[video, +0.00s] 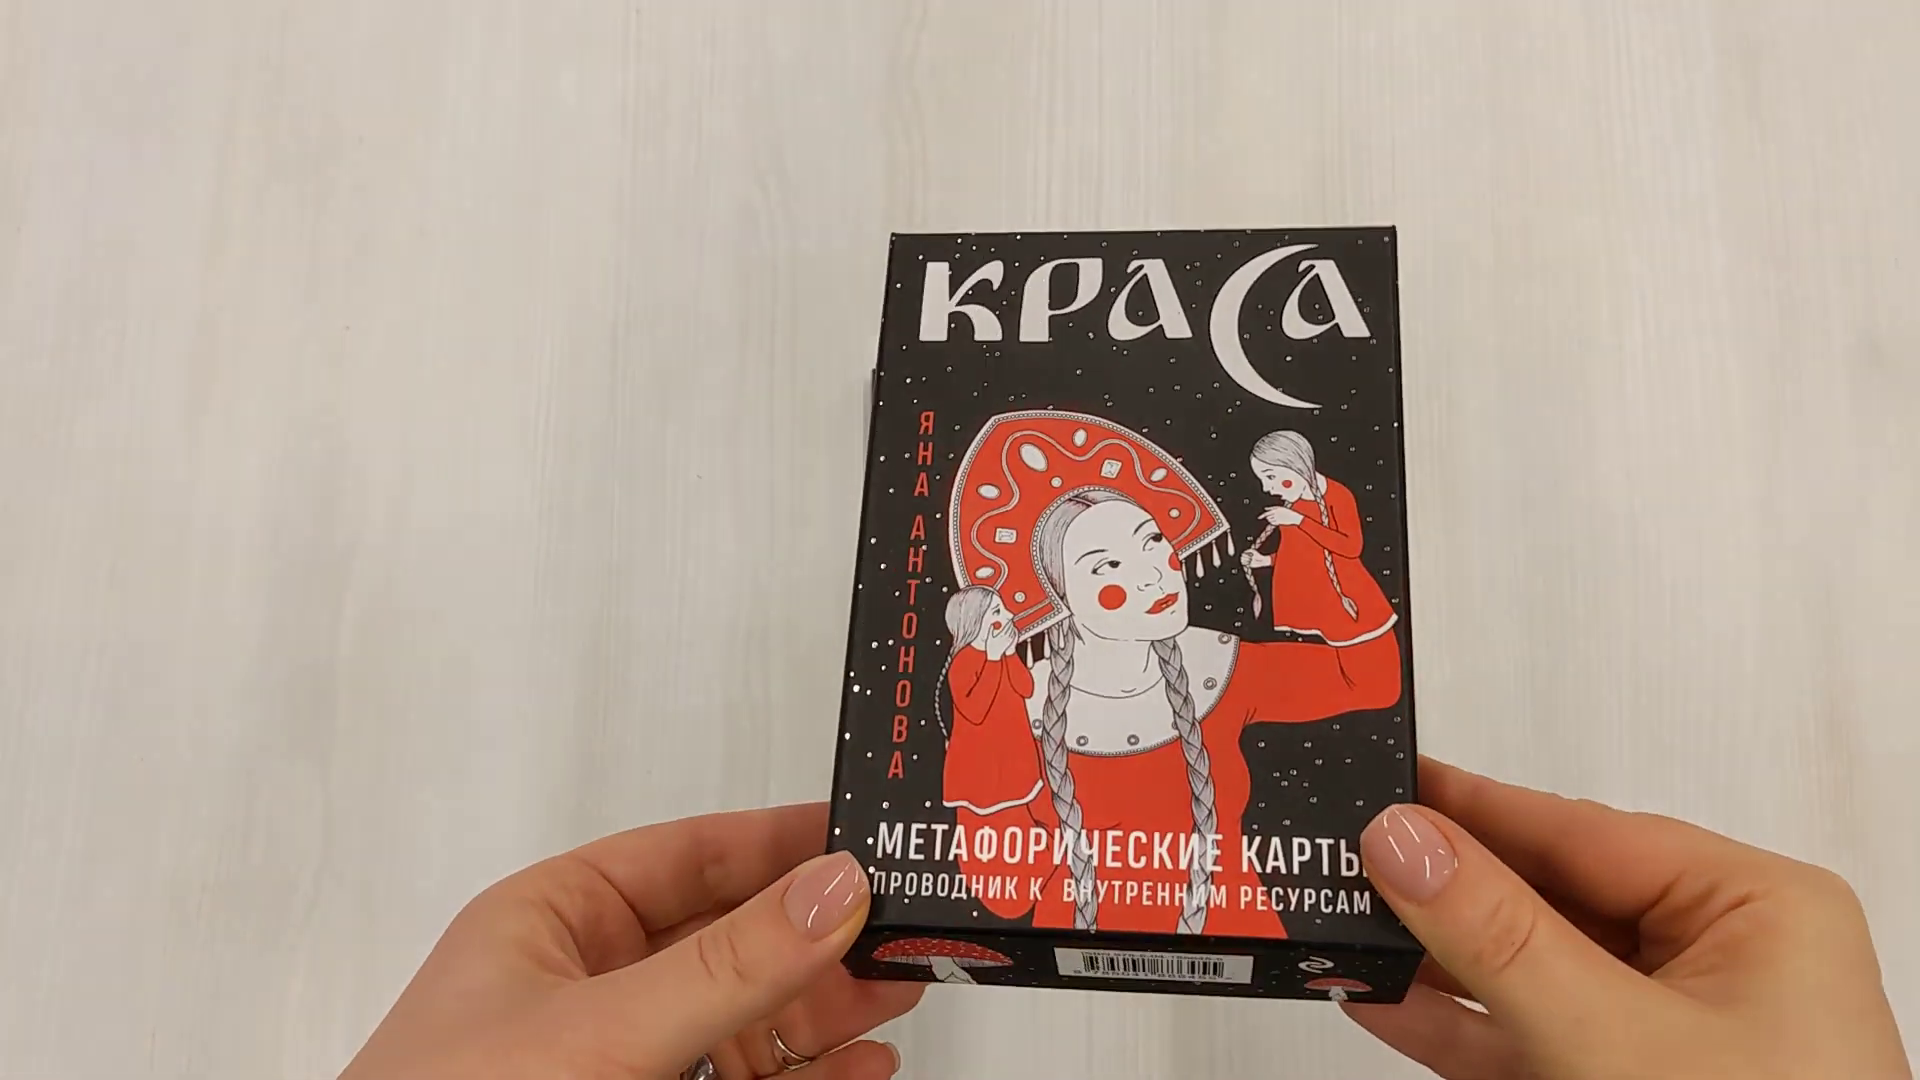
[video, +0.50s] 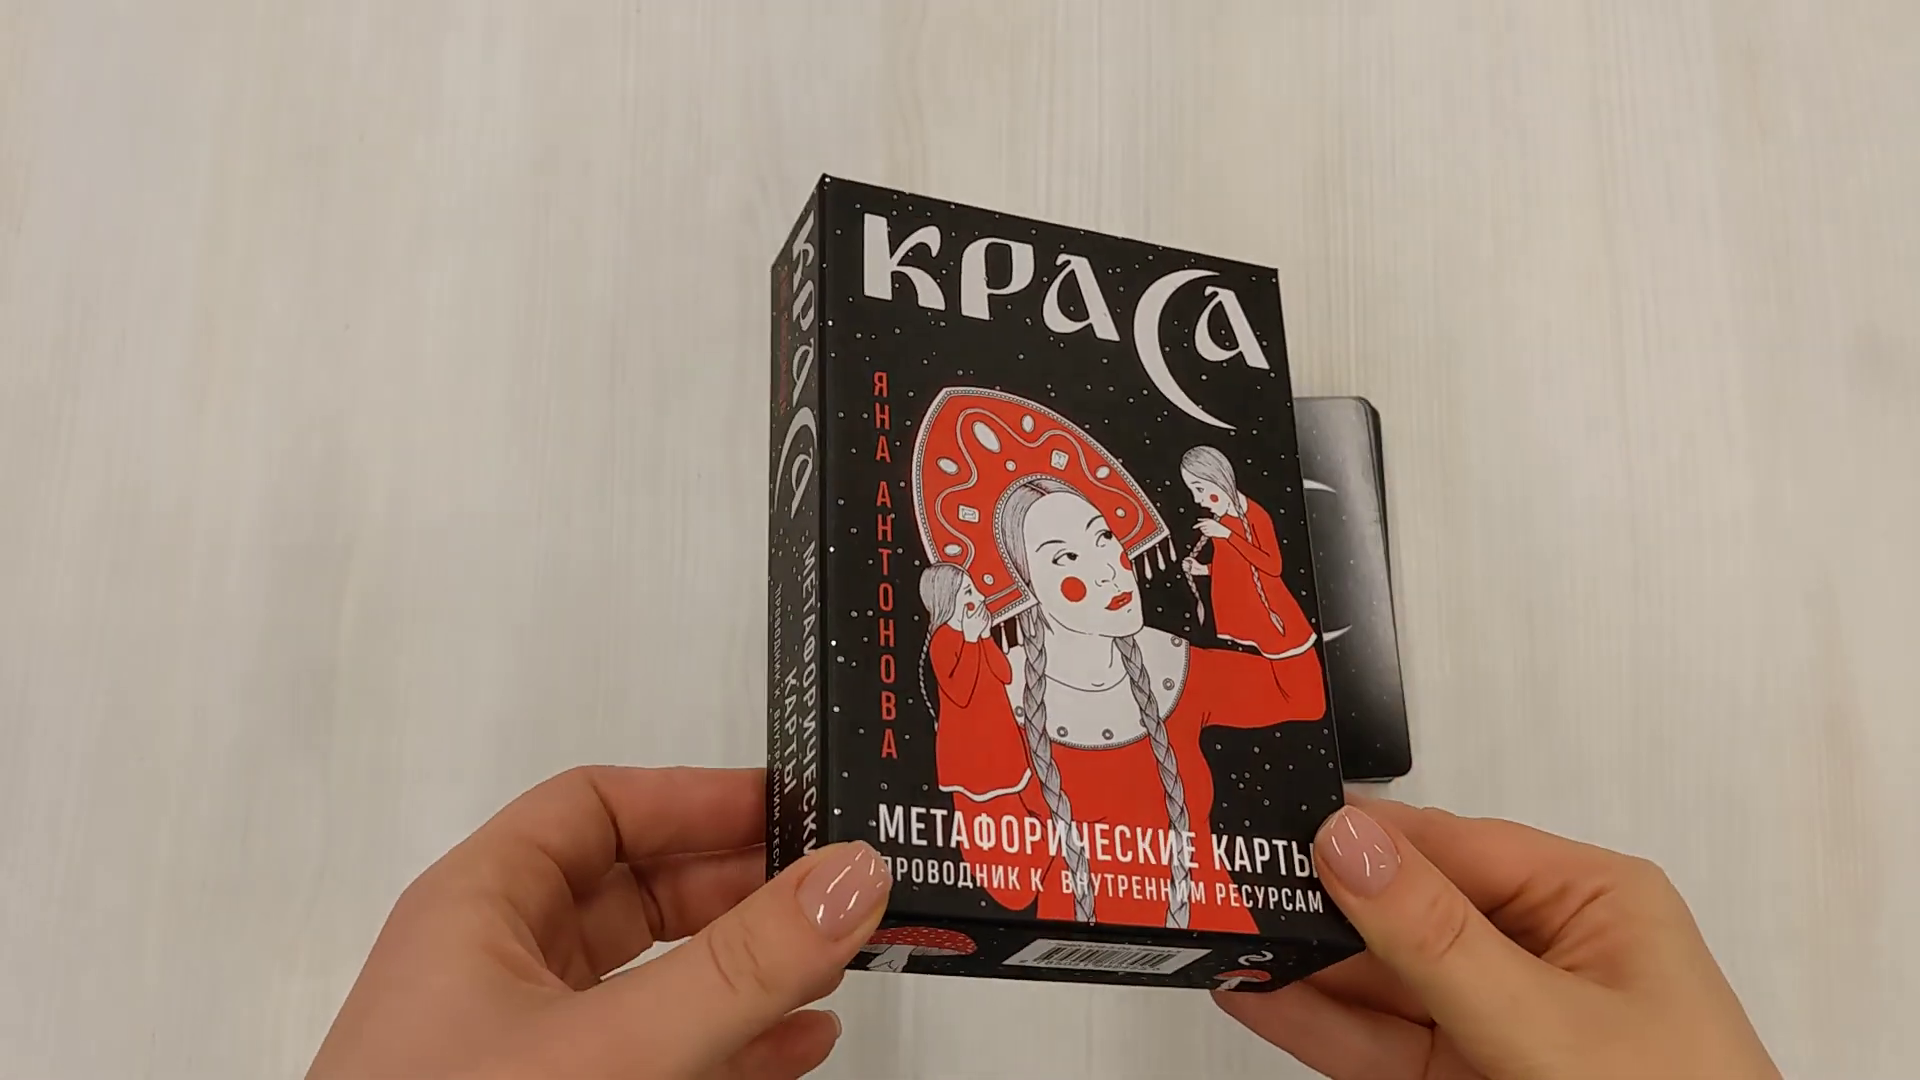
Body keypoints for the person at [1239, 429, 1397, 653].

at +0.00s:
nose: (1267, 489)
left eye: (1270, 476)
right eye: (1263, 480)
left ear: (1295, 464)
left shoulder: (1338, 496)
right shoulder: (1292, 504)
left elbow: (1352, 547)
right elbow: (1302, 552)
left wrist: (1299, 520)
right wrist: (1266, 560)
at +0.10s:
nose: (1259, 500)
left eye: (1264, 488)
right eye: (1255, 491)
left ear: (1287, 478)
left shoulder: (1329, 510)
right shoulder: (1285, 517)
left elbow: (1344, 559)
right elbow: (1294, 562)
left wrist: (1292, 532)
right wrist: (1260, 569)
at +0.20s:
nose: (1240, 512)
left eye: (1242, 501)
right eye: (1235, 505)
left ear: (1265, 491)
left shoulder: (1304, 525)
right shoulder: (1264, 531)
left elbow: (1321, 573)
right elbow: (1275, 574)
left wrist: (1270, 544)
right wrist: (1241, 579)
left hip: (1322, 638)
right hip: (1288, 640)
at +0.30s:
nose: (1216, 516)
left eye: (1220, 505)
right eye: (1212, 508)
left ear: (1241, 496)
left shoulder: (1279, 531)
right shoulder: (1241, 536)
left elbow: (1296, 579)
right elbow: (1252, 579)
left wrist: (1248, 549)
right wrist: (1219, 583)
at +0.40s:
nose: (1205, 508)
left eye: (1208, 497)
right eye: (1200, 500)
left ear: (1229, 488)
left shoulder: (1265, 525)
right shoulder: (1230, 529)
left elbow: (1282, 574)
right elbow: (1243, 574)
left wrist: (1235, 542)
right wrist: (1209, 576)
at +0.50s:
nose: (1198, 500)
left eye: (1200, 488)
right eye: (1194, 491)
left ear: (1220, 479)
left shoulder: (1256, 517)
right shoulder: (1223, 519)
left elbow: (1274, 566)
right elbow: (1237, 566)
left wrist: (1227, 535)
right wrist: (1204, 569)